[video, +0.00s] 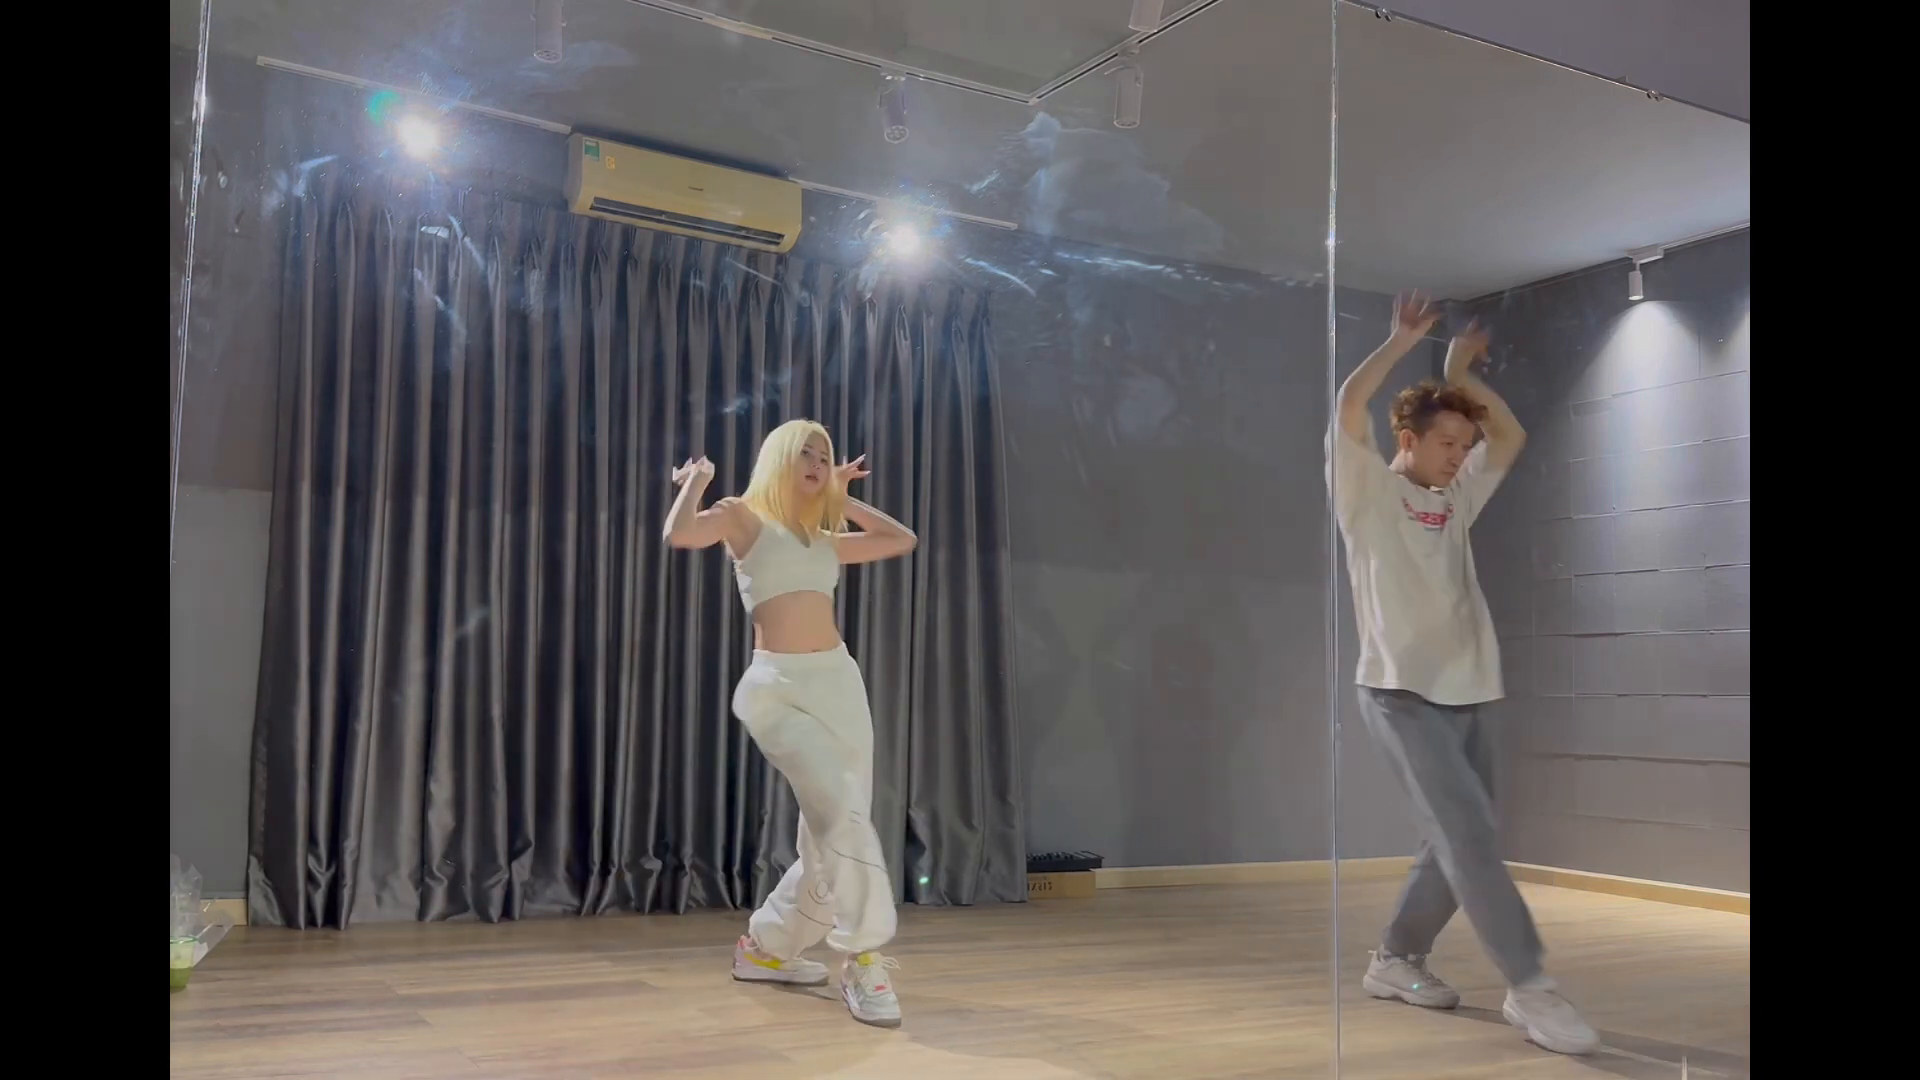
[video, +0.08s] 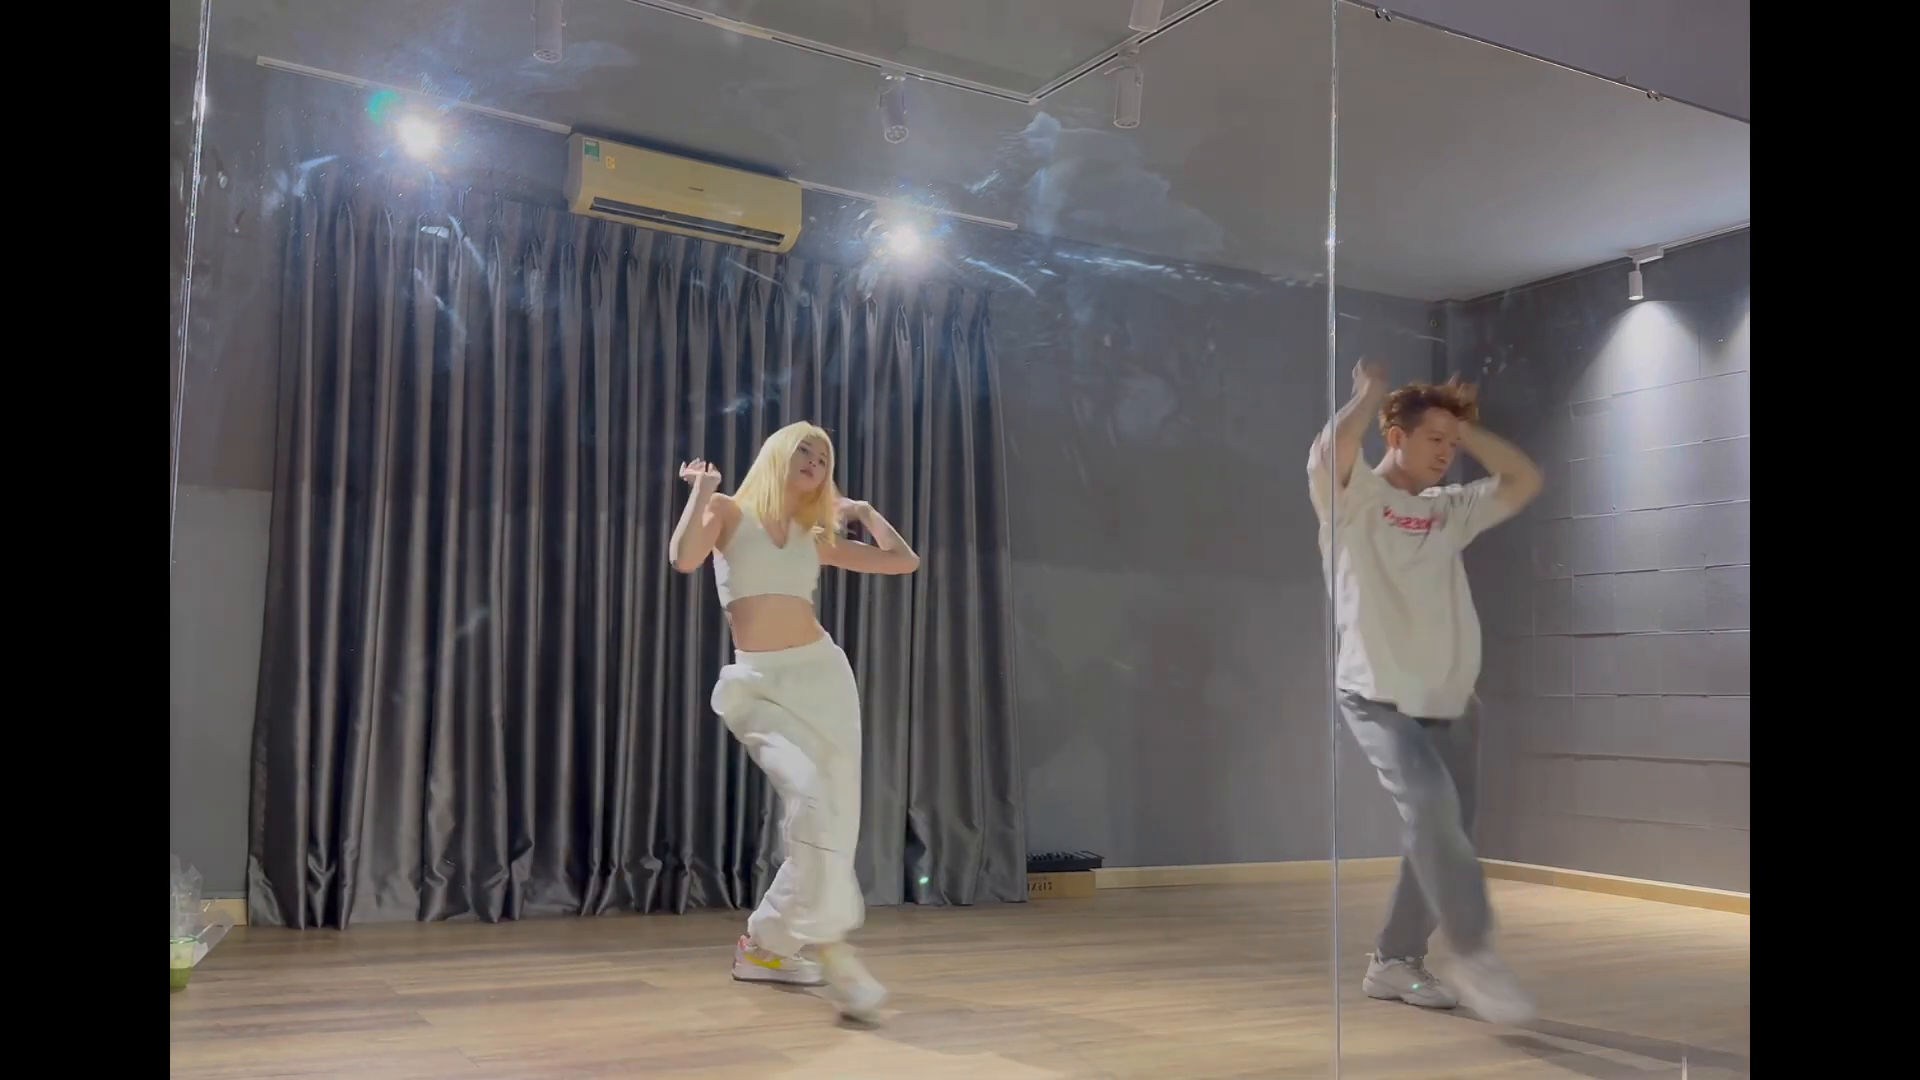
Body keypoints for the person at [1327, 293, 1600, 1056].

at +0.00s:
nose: (1459, 458)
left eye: (1466, 446)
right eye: (1449, 443)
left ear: (1466, 449)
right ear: (1409, 438)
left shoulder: (1458, 497)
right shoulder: (1367, 491)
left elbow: (1508, 438)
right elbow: (1349, 404)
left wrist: (1466, 374)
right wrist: (1400, 342)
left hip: (1469, 692)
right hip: (1402, 692)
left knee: (1465, 830)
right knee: (1468, 829)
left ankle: (1397, 961)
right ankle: (1529, 988)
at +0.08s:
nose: (1446, 453)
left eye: (1452, 443)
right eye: (1436, 439)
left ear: (1456, 449)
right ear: (1397, 436)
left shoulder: (1450, 508)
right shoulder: (1353, 500)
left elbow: (1524, 482)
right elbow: (1329, 455)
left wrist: (1468, 429)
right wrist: (1366, 400)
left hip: (1446, 697)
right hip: (1374, 695)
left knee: (1442, 827)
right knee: (1432, 806)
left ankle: (1394, 963)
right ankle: (1470, 951)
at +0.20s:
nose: (1421, 462)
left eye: (1431, 456)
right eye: (1412, 445)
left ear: (1432, 466)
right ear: (1374, 438)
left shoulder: (1425, 529)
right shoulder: (1319, 491)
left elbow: (1488, 559)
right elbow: (1321, 559)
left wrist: (1476, 494)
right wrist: (1380, 499)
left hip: (1425, 698)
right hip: (1353, 689)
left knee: (1442, 832)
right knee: (1382, 790)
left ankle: (1397, 962)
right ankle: (1330, 920)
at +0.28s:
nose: (1396, 485)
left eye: (1407, 476)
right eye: (1392, 467)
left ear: (1411, 476)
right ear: (1358, 448)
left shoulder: (1400, 527)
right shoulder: (1301, 505)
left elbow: (1436, 577)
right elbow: (1316, 599)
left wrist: (1463, 485)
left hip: (1407, 704)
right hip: (1338, 703)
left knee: (1442, 830)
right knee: (1330, 822)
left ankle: (1396, 964)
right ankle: (1238, 927)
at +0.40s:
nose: (1362, 484)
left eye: (1366, 471)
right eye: (1344, 475)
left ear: (1373, 473)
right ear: (1309, 489)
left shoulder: (1386, 536)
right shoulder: (1287, 543)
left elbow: (1448, 525)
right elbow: (1243, 630)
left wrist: (1405, 453)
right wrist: (1293, 688)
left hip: (1363, 736)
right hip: (1292, 728)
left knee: (1435, 832)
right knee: (1260, 847)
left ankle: (1393, 963)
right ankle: (1179, 960)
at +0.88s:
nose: (1342, 464)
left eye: (1351, 456)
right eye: (1328, 453)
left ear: (1359, 472)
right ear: (1294, 464)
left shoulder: (1364, 548)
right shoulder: (1243, 533)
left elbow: (1455, 553)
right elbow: (1210, 607)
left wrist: (1402, 494)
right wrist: (1237, 661)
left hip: (1379, 713)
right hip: (1292, 725)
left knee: (1452, 836)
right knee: (1246, 832)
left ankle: (1426, 951)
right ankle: (1193, 958)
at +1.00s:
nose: (1326, 471)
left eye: (1335, 459)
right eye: (1311, 460)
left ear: (1347, 462)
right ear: (1284, 467)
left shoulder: (1378, 529)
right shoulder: (1255, 525)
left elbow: (1419, 602)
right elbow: (1187, 576)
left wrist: (1374, 538)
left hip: (1378, 708)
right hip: (1294, 712)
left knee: (1422, 837)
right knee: (1249, 829)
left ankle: (1458, 951)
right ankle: (1194, 957)